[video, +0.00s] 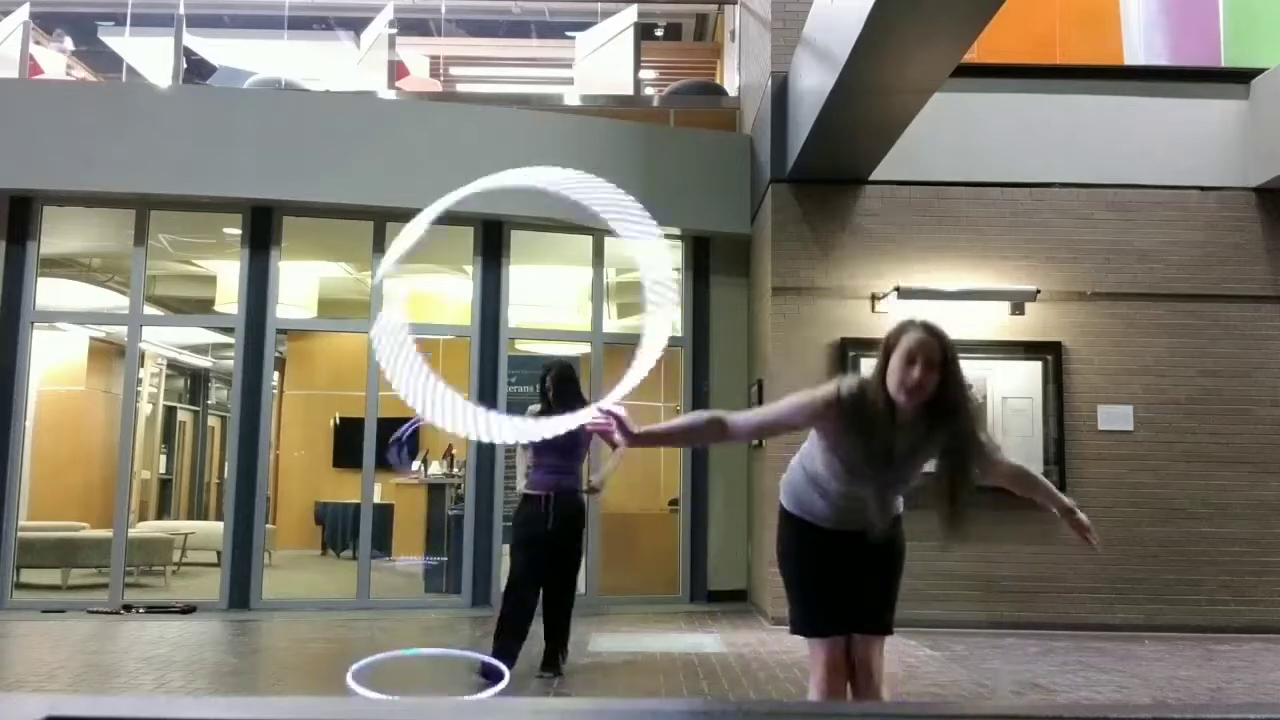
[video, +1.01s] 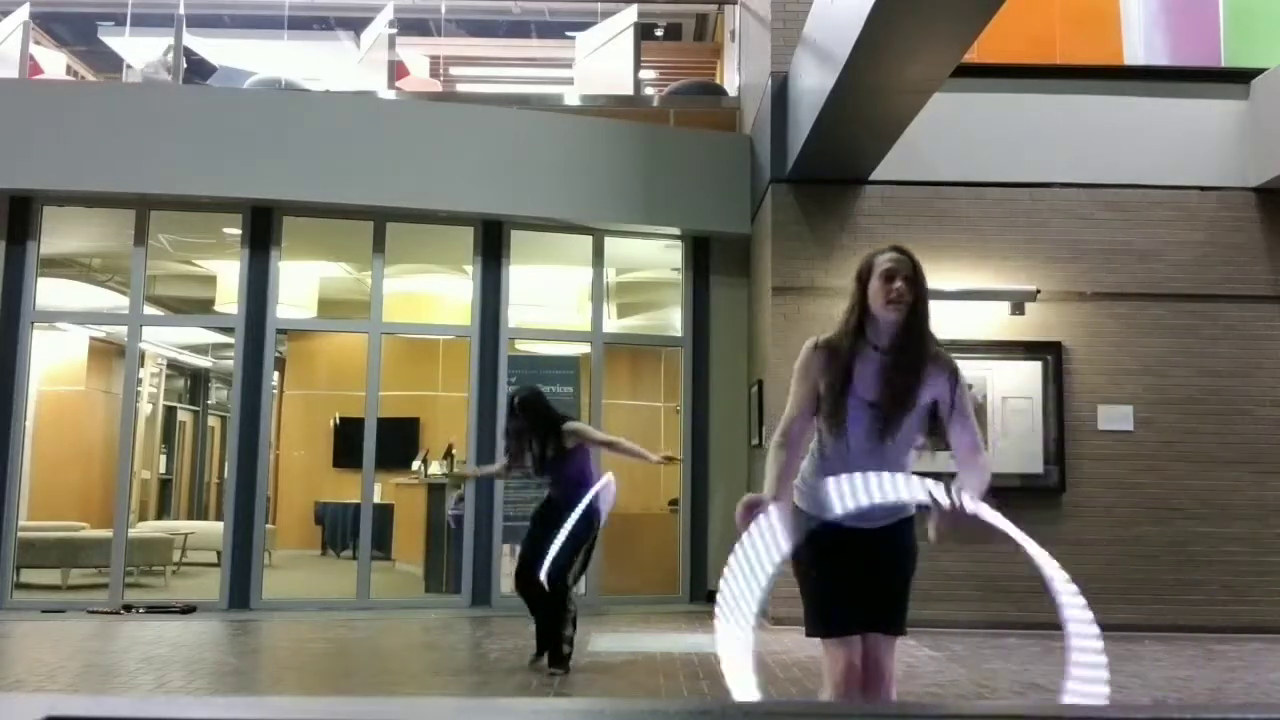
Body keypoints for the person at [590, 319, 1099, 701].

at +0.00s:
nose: (919, 374)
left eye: (931, 366)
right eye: (910, 361)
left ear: (942, 376)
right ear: (887, 362)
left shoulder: (940, 427)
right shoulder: (841, 400)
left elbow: (1003, 471)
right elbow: (732, 426)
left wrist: (1065, 506)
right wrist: (636, 436)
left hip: (878, 527)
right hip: (811, 520)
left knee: (866, 659)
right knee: (829, 659)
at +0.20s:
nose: (910, 394)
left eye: (922, 386)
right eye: (901, 380)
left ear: (932, 394)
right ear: (878, 378)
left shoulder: (928, 433)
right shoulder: (833, 416)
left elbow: (982, 453)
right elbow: (725, 443)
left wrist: (1025, 481)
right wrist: (636, 462)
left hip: (882, 530)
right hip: (814, 526)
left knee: (868, 662)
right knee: (833, 661)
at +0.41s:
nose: (902, 361)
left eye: (914, 353)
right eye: (894, 347)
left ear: (924, 362)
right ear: (870, 348)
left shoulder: (922, 409)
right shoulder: (834, 406)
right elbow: (736, 464)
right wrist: (656, 514)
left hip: (890, 529)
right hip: (823, 528)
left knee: (877, 669)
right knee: (843, 669)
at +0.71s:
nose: (879, 319)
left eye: (888, 309)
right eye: (868, 308)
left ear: (901, 316)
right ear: (846, 317)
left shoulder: (920, 356)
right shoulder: (826, 386)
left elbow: (1005, 369)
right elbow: (760, 479)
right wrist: (723, 544)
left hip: (884, 520)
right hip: (819, 522)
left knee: (875, 669)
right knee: (843, 669)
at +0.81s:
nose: (879, 307)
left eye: (888, 298)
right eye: (867, 297)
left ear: (899, 308)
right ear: (844, 307)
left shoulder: (920, 364)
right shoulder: (817, 378)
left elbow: (1000, 422)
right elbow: (766, 468)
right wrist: (750, 532)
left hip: (884, 519)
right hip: (818, 520)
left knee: (875, 665)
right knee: (841, 666)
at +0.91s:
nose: (888, 296)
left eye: (897, 288)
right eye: (877, 287)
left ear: (907, 301)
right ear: (854, 299)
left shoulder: (929, 373)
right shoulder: (819, 366)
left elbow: (980, 462)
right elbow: (778, 450)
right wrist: (770, 508)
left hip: (886, 520)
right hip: (819, 518)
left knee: (865, 661)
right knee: (842, 662)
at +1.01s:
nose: (901, 286)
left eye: (910, 279)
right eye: (888, 277)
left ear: (918, 293)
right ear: (864, 289)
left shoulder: (936, 370)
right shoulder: (822, 355)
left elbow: (973, 460)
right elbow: (789, 437)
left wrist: (960, 499)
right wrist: (774, 500)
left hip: (891, 522)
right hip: (823, 520)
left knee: (878, 664)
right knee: (846, 665)